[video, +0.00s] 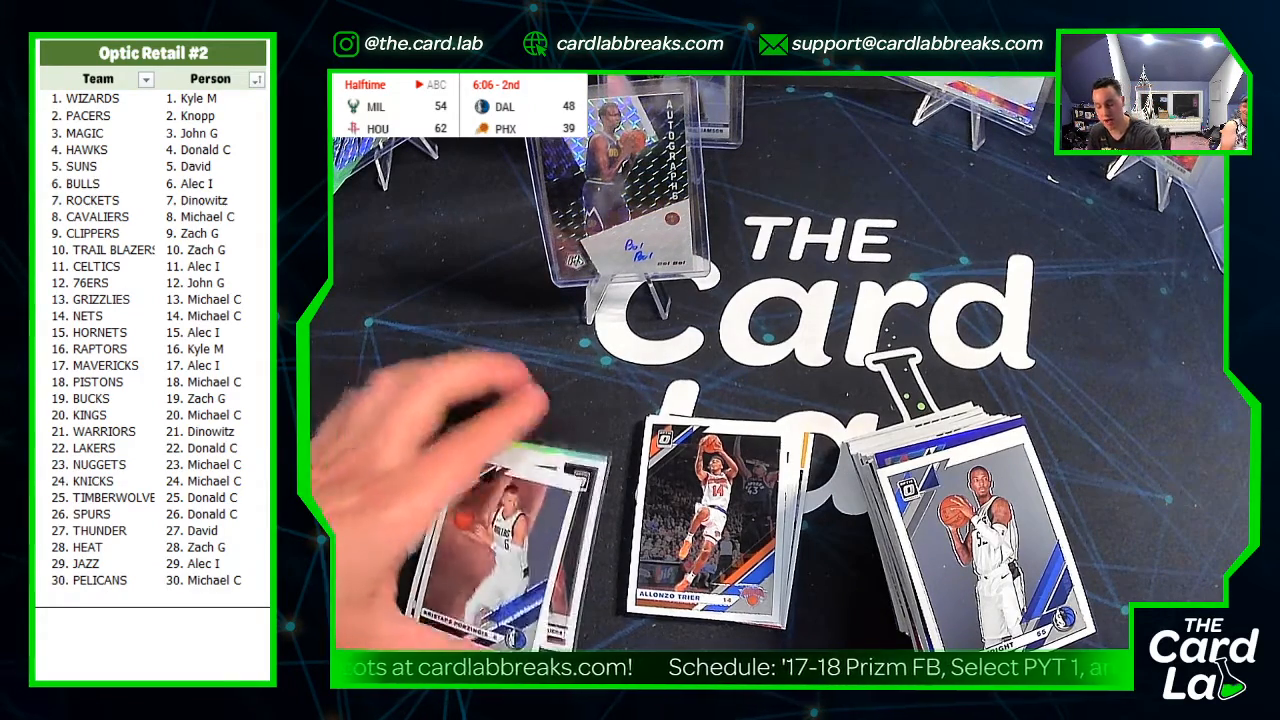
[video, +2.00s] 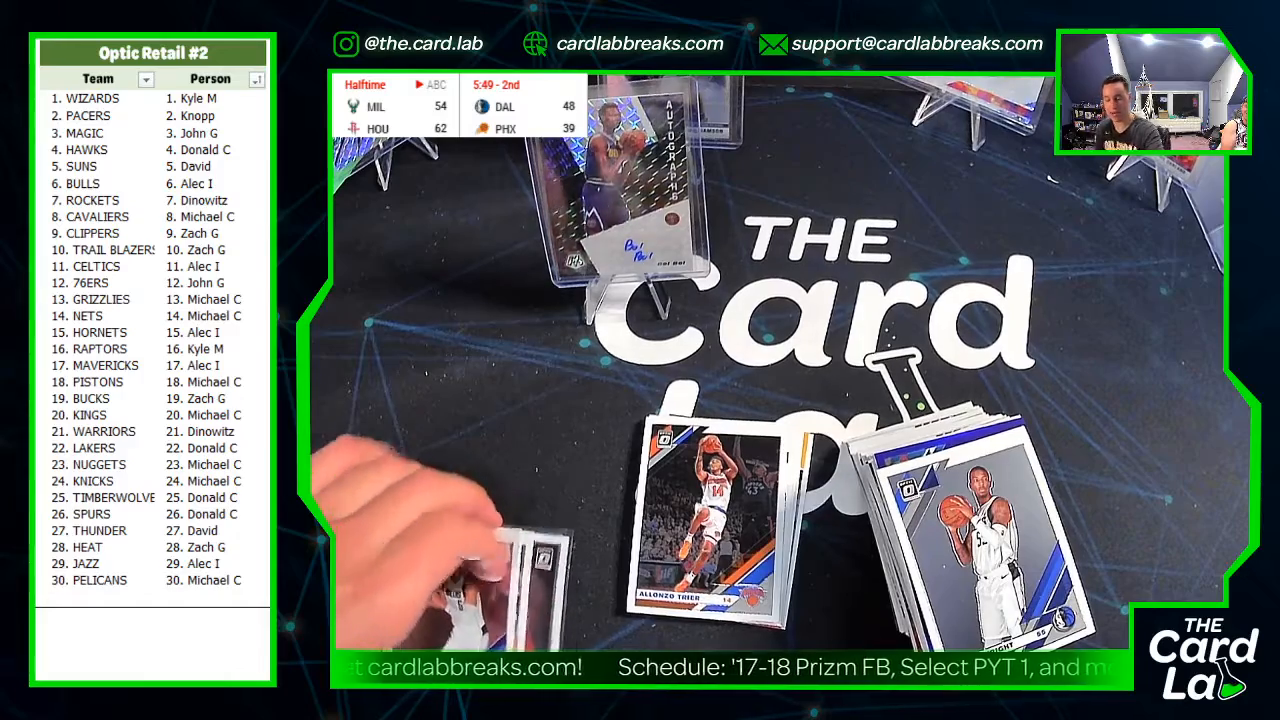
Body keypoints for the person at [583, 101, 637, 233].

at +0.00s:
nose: (617, 118)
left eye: (618, 114)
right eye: (613, 115)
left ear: (620, 117)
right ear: (603, 118)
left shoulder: (616, 141)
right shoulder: (598, 140)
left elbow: (622, 173)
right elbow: (606, 176)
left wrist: (633, 153)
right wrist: (624, 154)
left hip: (613, 189)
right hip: (597, 191)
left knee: (624, 229)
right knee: (599, 234)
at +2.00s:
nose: (615, 118)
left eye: (617, 115)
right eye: (611, 115)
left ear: (620, 118)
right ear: (602, 118)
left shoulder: (617, 142)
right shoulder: (598, 141)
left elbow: (620, 179)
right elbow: (607, 176)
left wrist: (633, 155)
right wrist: (624, 155)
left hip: (612, 189)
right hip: (596, 191)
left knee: (624, 229)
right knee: (598, 236)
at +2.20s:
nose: (616, 119)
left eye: (618, 115)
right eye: (612, 115)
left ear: (620, 118)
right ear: (602, 118)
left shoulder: (617, 142)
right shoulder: (598, 140)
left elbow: (619, 179)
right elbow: (606, 176)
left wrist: (632, 157)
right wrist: (624, 154)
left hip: (611, 189)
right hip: (597, 190)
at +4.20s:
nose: (617, 118)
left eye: (618, 115)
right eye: (613, 115)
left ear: (620, 117)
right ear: (603, 119)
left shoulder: (618, 142)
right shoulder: (598, 141)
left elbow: (623, 176)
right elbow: (606, 176)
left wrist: (634, 154)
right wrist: (625, 154)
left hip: (613, 190)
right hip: (597, 192)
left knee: (624, 229)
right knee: (601, 235)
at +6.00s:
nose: (618, 119)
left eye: (618, 115)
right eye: (613, 116)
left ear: (620, 117)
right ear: (602, 119)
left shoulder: (616, 142)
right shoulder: (598, 141)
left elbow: (620, 179)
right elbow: (606, 176)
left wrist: (631, 157)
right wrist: (624, 155)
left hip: (612, 189)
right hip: (596, 191)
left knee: (626, 229)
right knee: (597, 236)